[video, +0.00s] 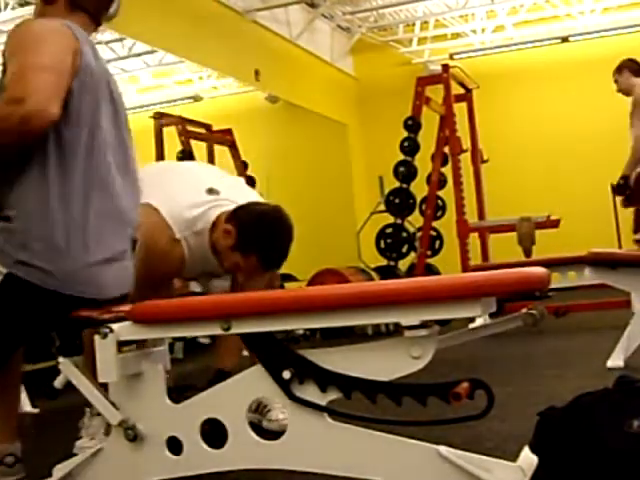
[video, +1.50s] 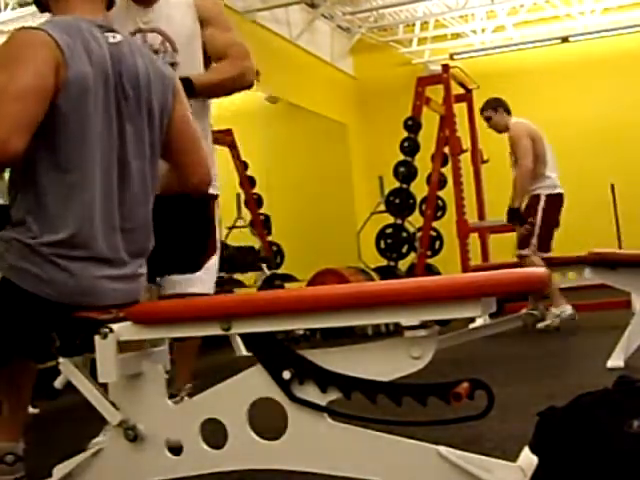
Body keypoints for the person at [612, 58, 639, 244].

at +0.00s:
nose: (616, 87)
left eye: (617, 80)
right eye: (615, 82)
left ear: (627, 74)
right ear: (630, 75)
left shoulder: (636, 100)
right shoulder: (635, 102)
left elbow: (637, 144)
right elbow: (637, 144)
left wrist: (625, 175)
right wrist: (630, 175)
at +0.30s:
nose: (592, 96)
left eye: (592, 91)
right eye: (592, 92)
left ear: (598, 85)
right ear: (613, 83)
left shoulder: (606, 99)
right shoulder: (629, 100)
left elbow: (610, 140)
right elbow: (620, 141)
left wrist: (604, 179)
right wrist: (609, 179)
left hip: (623, 176)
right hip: (634, 175)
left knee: (603, 243)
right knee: (629, 243)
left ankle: (587, 301)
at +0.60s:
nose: (538, 106)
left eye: (538, 102)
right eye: (537, 102)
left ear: (542, 97)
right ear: (559, 92)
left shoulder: (548, 117)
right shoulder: (589, 108)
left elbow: (545, 162)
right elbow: (608, 146)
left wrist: (539, 203)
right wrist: (605, 171)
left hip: (582, 185)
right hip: (611, 181)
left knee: (571, 251)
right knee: (613, 248)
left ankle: (567, 310)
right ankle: (634, 301)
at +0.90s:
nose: (511, 110)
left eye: (510, 106)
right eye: (510, 106)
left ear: (516, 101)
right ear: (530, 96)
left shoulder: (521, 122)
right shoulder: (559, 107)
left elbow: (520, 167)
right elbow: (573, 141)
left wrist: (519, 206)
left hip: (565, 182)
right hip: (589, 175)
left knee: (564, 249)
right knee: (571, 222)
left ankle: (567, 310)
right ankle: (614, 225)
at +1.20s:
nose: (492, 117)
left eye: (491, 111)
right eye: (490, 112)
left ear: (501, 103)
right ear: (505, 102)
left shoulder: (516, 121)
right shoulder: (532, 113)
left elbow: (522, 164)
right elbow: (547, 158)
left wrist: (522, 203)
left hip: (553, 183)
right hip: (562, 179)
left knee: (554, 250)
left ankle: (566, 309)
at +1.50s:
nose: (489, 126)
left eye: (488, 119)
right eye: (486, 121)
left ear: (500, 112)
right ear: (499, 114)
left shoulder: (518, 128)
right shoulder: (516, 131)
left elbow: (526, 167)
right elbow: (522, 171)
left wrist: (516, 204)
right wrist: (516, 203)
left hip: (545, 193)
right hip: (538, 194)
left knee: (529, 254)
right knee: (525, 254)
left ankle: (559, 304)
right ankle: (536, 306)